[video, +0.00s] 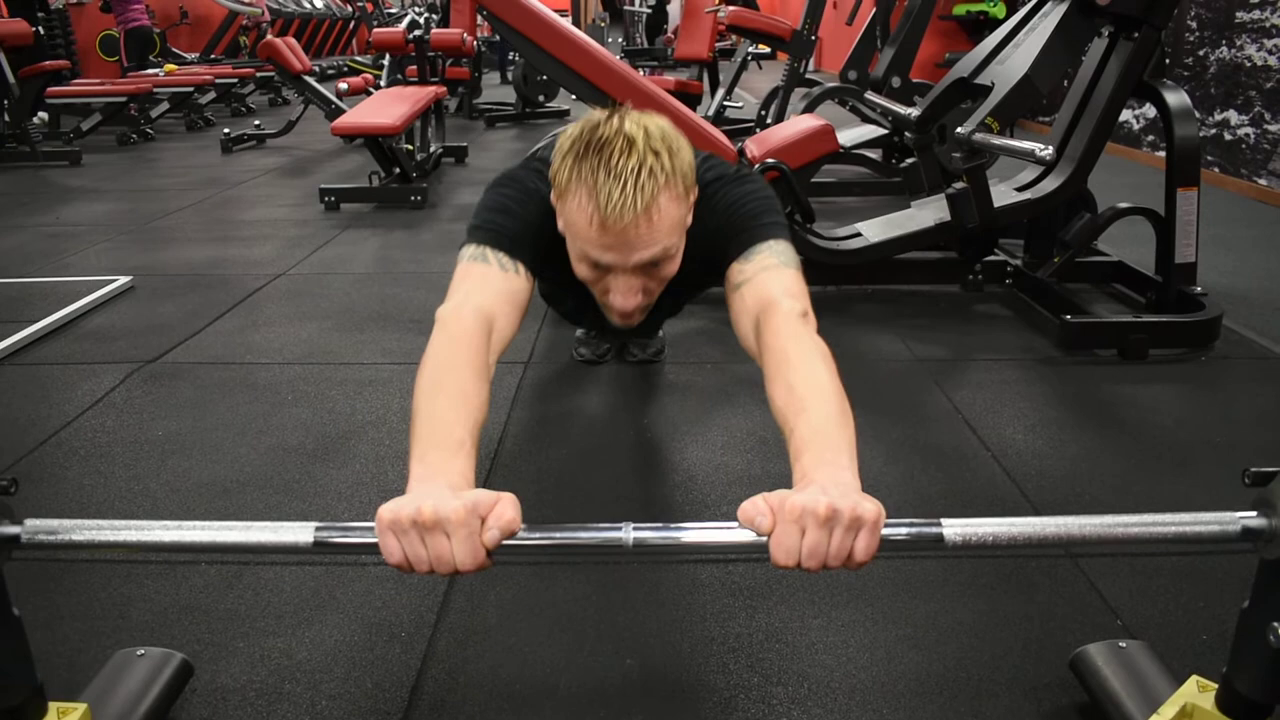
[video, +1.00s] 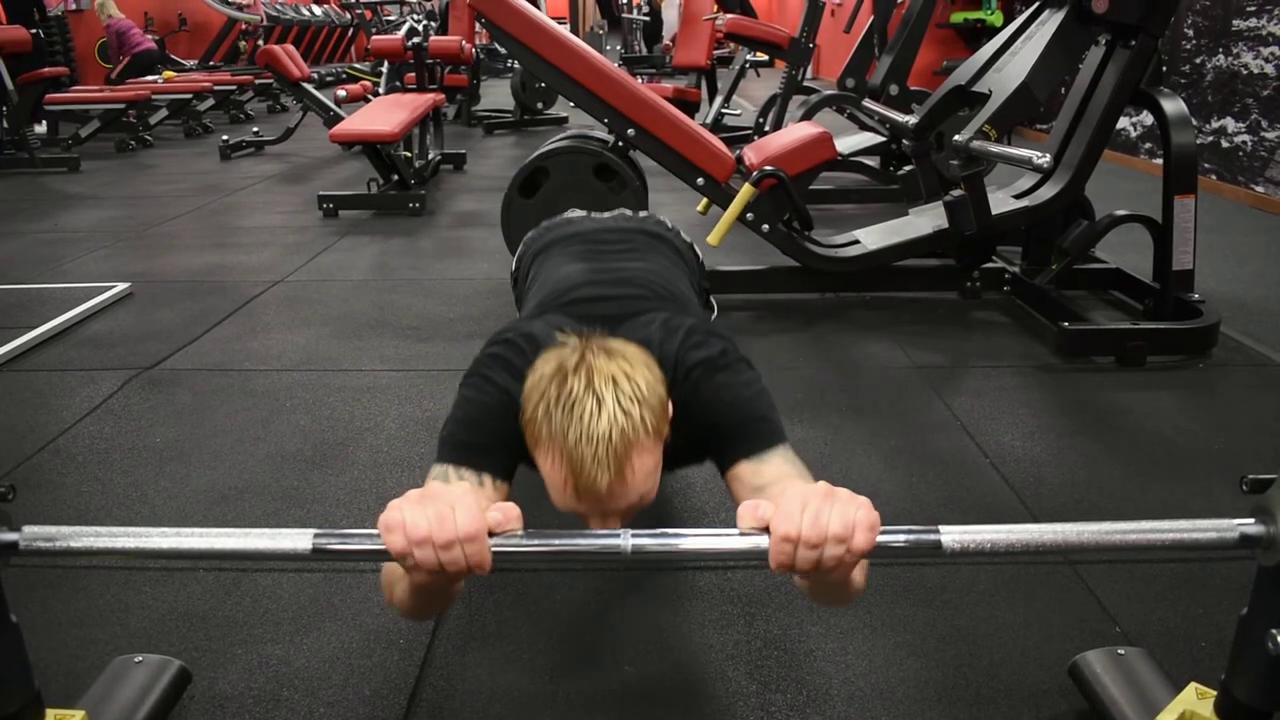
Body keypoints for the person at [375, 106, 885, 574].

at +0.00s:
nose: (626, 294)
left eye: (651, 266)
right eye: (601, 268)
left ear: (689, 209)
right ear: (559, 213)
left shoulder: (733, 197)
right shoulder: (522, 200)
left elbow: (783, 321)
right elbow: (467, 323)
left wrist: (829, 483)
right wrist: (436, 489)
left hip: (671, 295)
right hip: (568, 295)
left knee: (647, 335)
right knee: (589, 332)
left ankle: (642, 343)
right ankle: (595, 342)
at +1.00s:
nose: (605, 527)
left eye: (627, 506)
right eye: (581, 510)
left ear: (665, 421)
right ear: (533, 446)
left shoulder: (712, 371)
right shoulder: (498, 380)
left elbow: (838, 591)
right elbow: (408, 600)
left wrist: (823, 551)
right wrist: (435, 558)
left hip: (659, 237)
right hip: (549, 239)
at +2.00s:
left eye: (657, 708)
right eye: (592, 707)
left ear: (692, 625)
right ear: (550, 643)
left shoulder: (748, 535)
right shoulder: (506, 535)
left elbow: (851, 707)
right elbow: (415, 706)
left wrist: (836, 611)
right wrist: (430, 607)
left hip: (684, 360)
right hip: (566, 357)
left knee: (663, 309)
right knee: (579, 308)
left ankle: (645, 281)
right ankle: (600, 277)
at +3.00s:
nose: (636, 327)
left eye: (663, 292)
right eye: (607, 295)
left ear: (701, 240)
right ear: (566, 249)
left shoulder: (746, 235)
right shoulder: (523, 234)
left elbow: (830, 383)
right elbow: (433, 380)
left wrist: (833, 442)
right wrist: (432, 441)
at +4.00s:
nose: (611, 137)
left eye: (640, 98)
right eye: (579, 101)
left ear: (679, 68)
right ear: (540, 78)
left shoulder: (729, 107)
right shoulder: (502, 104)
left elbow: (781, 251)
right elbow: (453, 254)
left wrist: (820, 436)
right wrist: (438, 437)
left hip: (653, 223)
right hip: (566, 228)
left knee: (641, 254)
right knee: (584, 256)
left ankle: (639, 278)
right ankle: (593, 275)